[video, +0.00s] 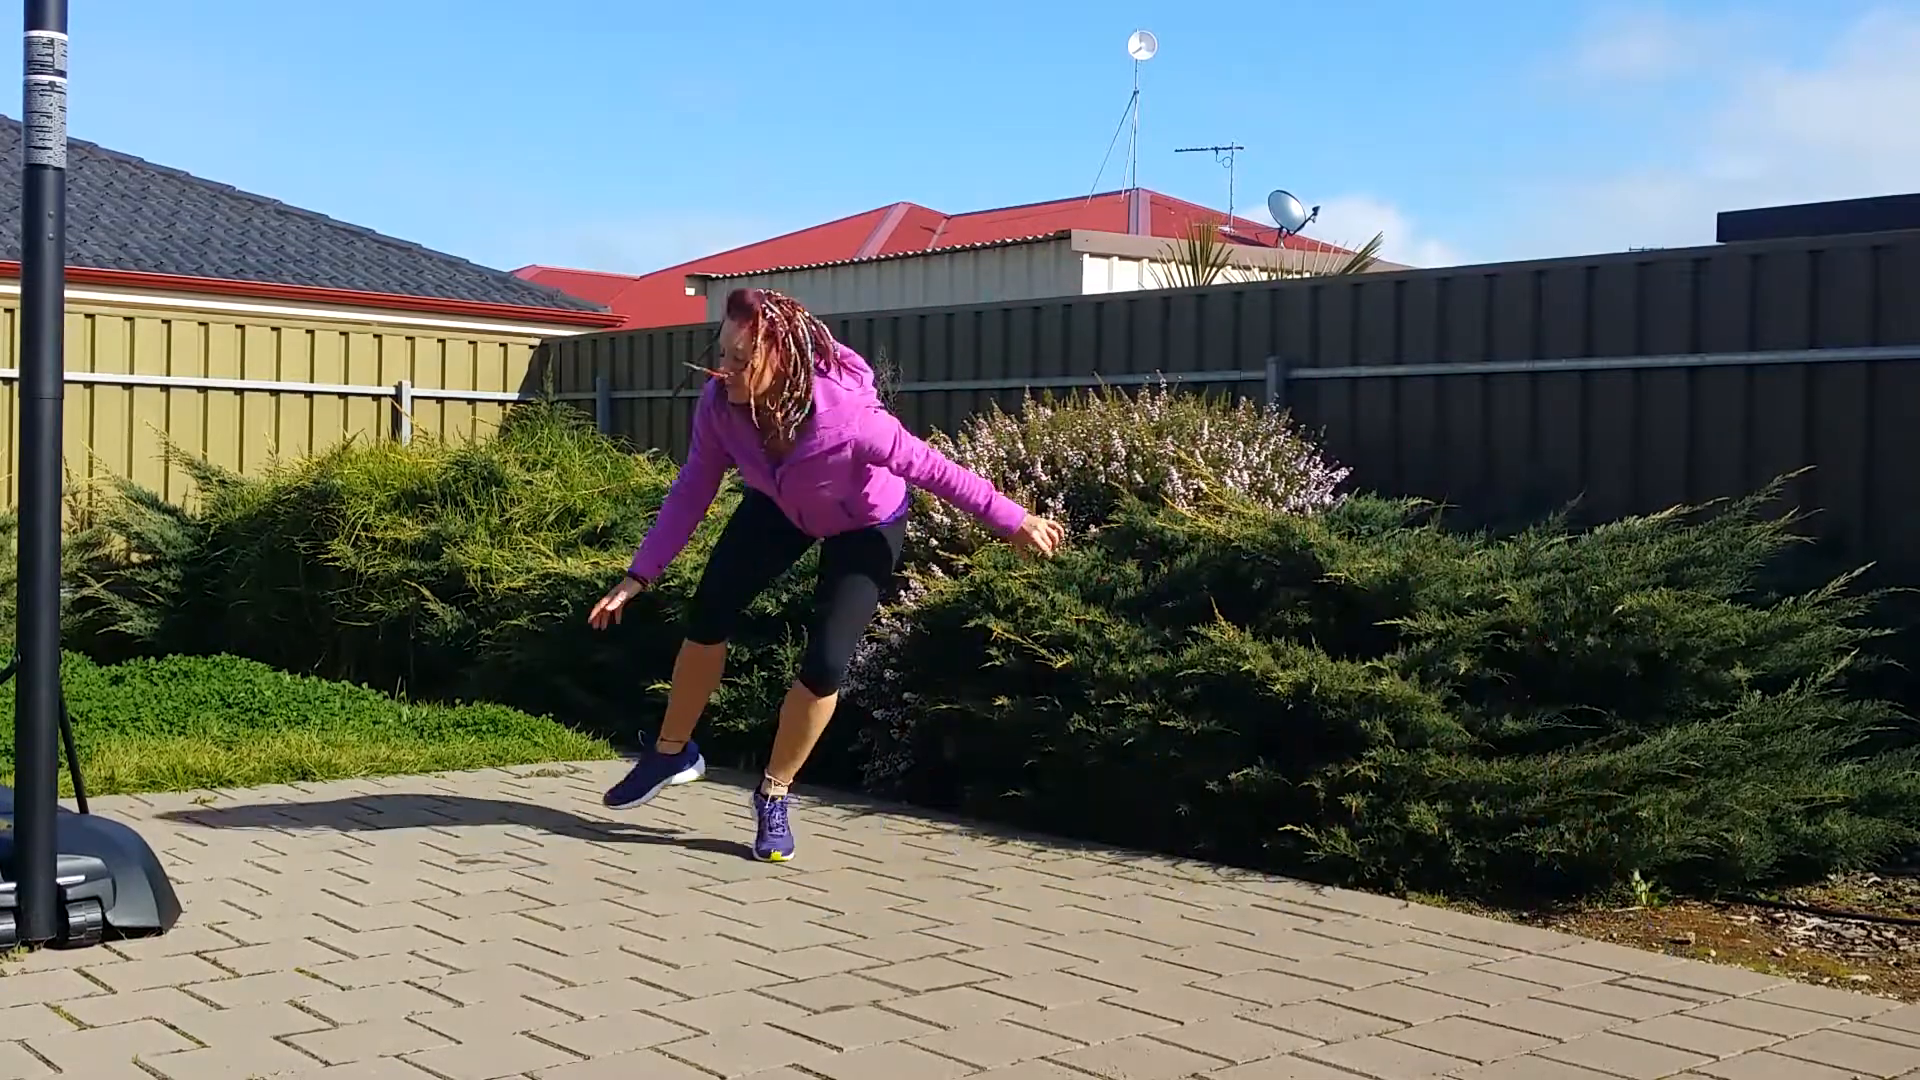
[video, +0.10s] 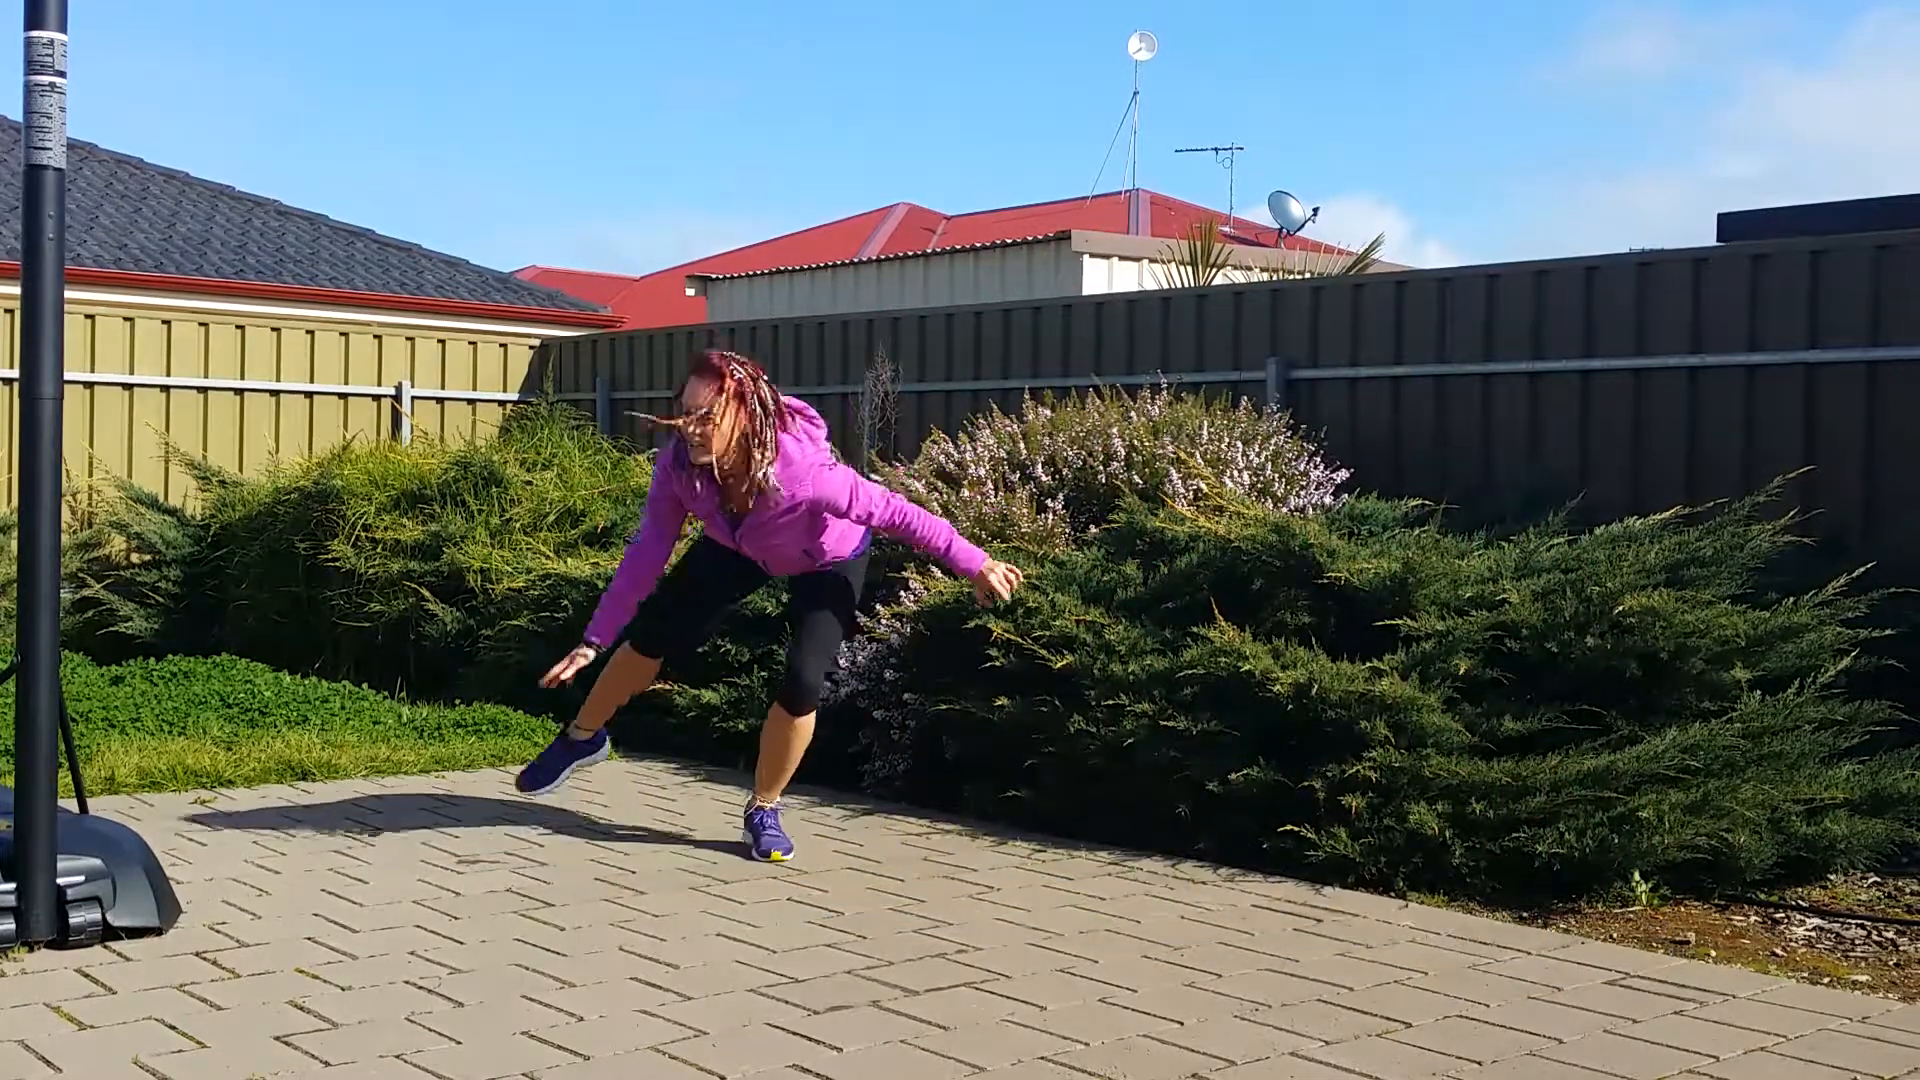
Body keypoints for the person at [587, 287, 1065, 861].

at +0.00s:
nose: (725, 368)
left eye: (739, 359)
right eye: (723, 354)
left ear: (781, 362)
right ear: (721, 352)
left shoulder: (845, 414)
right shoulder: (720, 405)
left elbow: (931, 467)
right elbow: (690, 491)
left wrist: (1014, 520)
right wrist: (638, 576)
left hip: (864, 513)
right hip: (779, 499)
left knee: (827, 662)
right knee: (710, 611)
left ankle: (774, 794)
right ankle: (670, 750)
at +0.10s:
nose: (690, 425)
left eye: (704, 413)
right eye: (685, 413)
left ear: (744, 414)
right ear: (681, 413)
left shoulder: (799, 469)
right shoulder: (679, 469)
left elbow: (892, 511)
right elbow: (645, 556)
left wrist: (973, 562)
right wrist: (593, 640)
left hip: (826, 552)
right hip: (741, 542)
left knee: (804, 682)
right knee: (656, 629)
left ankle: (764, 809)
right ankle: (580, 736)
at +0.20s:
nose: (656, 492)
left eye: (671, 480)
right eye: (648, 480)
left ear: (704, 477)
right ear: (640, 483)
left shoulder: (766, 518)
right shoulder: (634, 527)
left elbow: (854, 545)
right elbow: (605, 615)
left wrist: (916, 602)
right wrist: (562, 712)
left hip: (787, 576)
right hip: (697, 576)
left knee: (791, 681)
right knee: (619, 654)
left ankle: (764, 812)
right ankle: (566, 764)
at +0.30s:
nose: (629, 547)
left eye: (641, 533)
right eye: (617, 533)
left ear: (671, 525)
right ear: (604, 531)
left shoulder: (728, 544)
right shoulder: (595, 573)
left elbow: (806, 561)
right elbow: (571, 674)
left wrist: (863, 614)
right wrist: (539, 772)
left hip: (735, 613)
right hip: (656, 623)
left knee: (780, 637)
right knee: (594, 657)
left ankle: (762, 811)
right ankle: (576, 785)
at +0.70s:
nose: (631, 523)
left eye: (643, 509)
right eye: (618, 512)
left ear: (667, 507)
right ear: (604, 514)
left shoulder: (716, 530)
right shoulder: (588, 551)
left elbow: (788, 547)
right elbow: (546, 627)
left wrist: (836, 605)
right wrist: (503, 719)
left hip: (731, 600)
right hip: (645, 612)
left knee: (778, 652)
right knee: (569, 667)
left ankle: (760, 810)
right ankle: (578, 785)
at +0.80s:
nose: (670, 455)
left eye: (683, 442)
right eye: (657, 444)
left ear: (708, 444)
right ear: (643, 448)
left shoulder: (756, 482)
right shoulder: (627, 490)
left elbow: (826, 520)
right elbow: (584, 559)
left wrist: (876, 578)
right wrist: (543, 640)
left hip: (774, 563)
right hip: (688, 564)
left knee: (789, 673)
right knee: (626, 664)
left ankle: (764, 808)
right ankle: (582, 776)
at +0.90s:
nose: (709, 399)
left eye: (722, 385)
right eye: (697, 386)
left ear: (746, 388)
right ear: (681, 389)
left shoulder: (788, 425)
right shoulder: (663, 441)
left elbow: (862, 479)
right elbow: (631, 509)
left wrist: (920, 537)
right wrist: (598, 576)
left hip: (814, 536)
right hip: (732, 533)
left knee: (807, 669)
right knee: (670, 642)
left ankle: (775, 804)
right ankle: (672, 780)